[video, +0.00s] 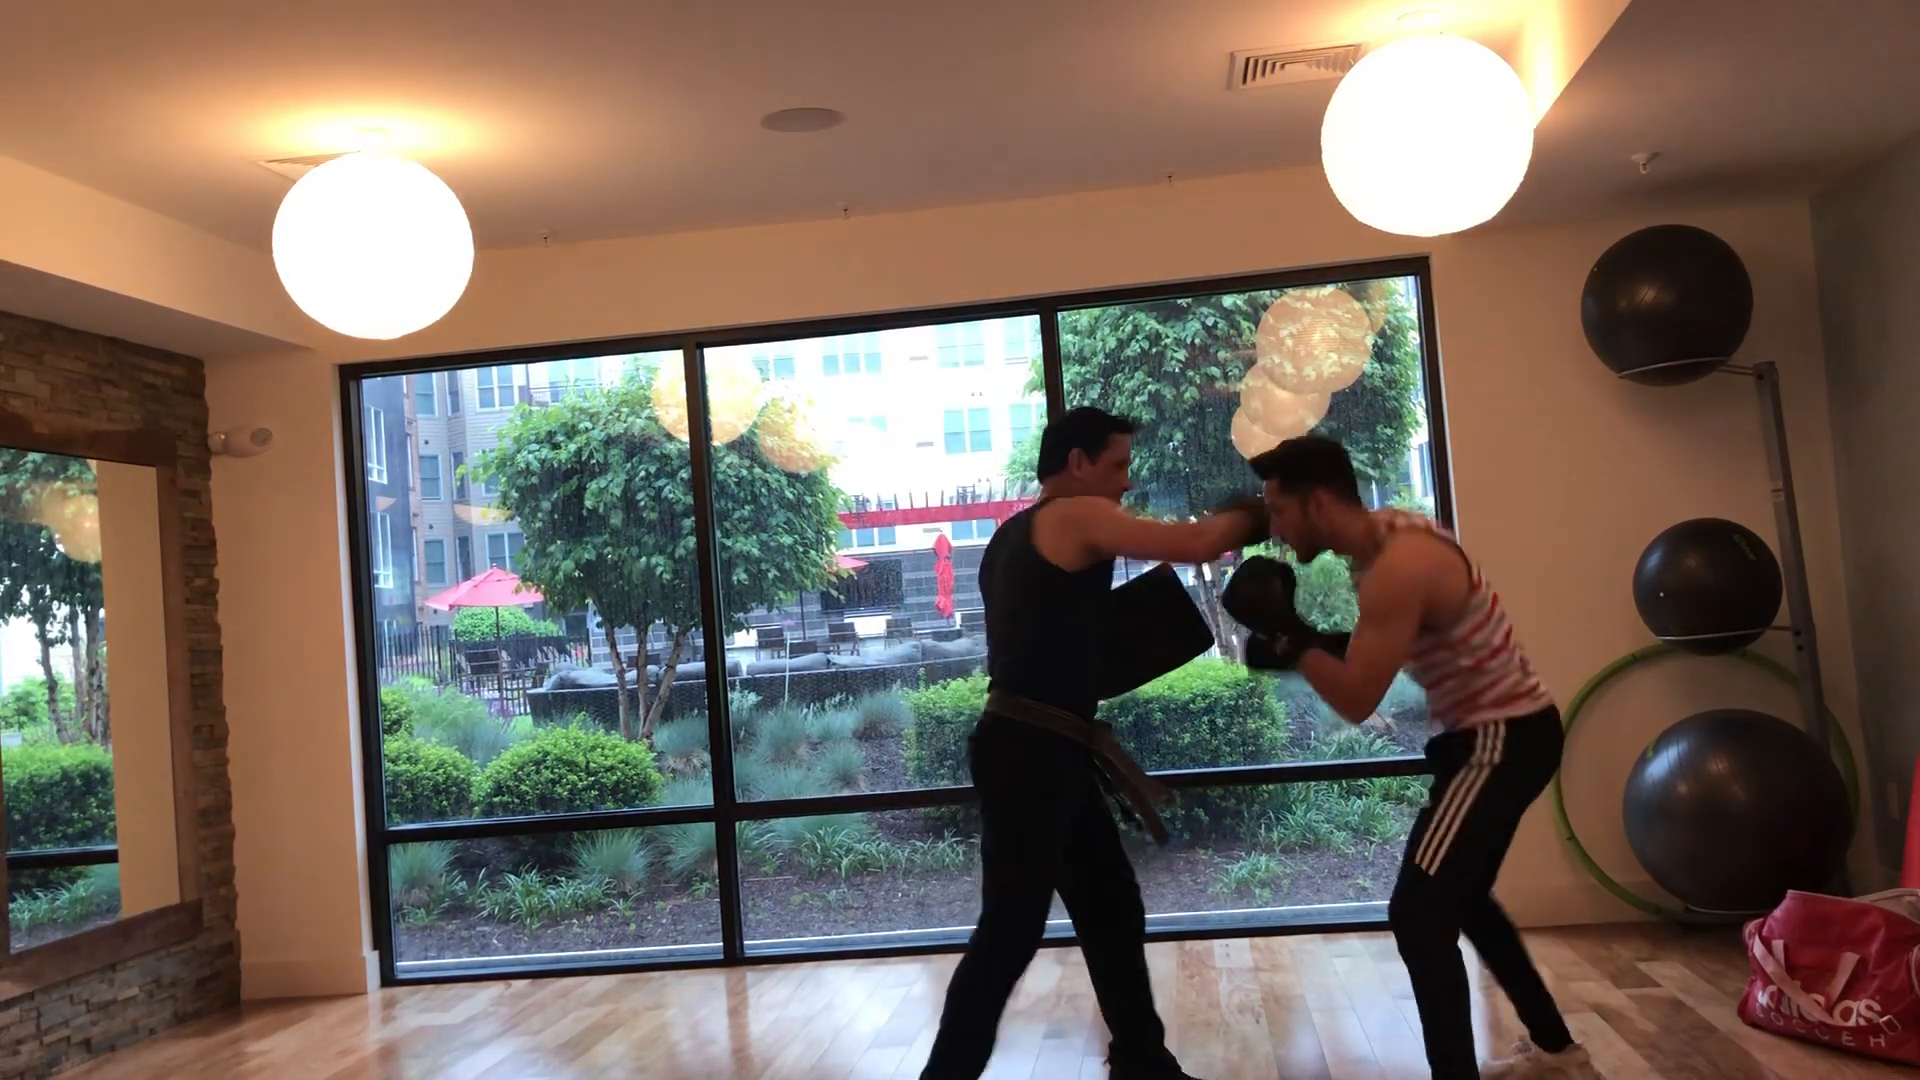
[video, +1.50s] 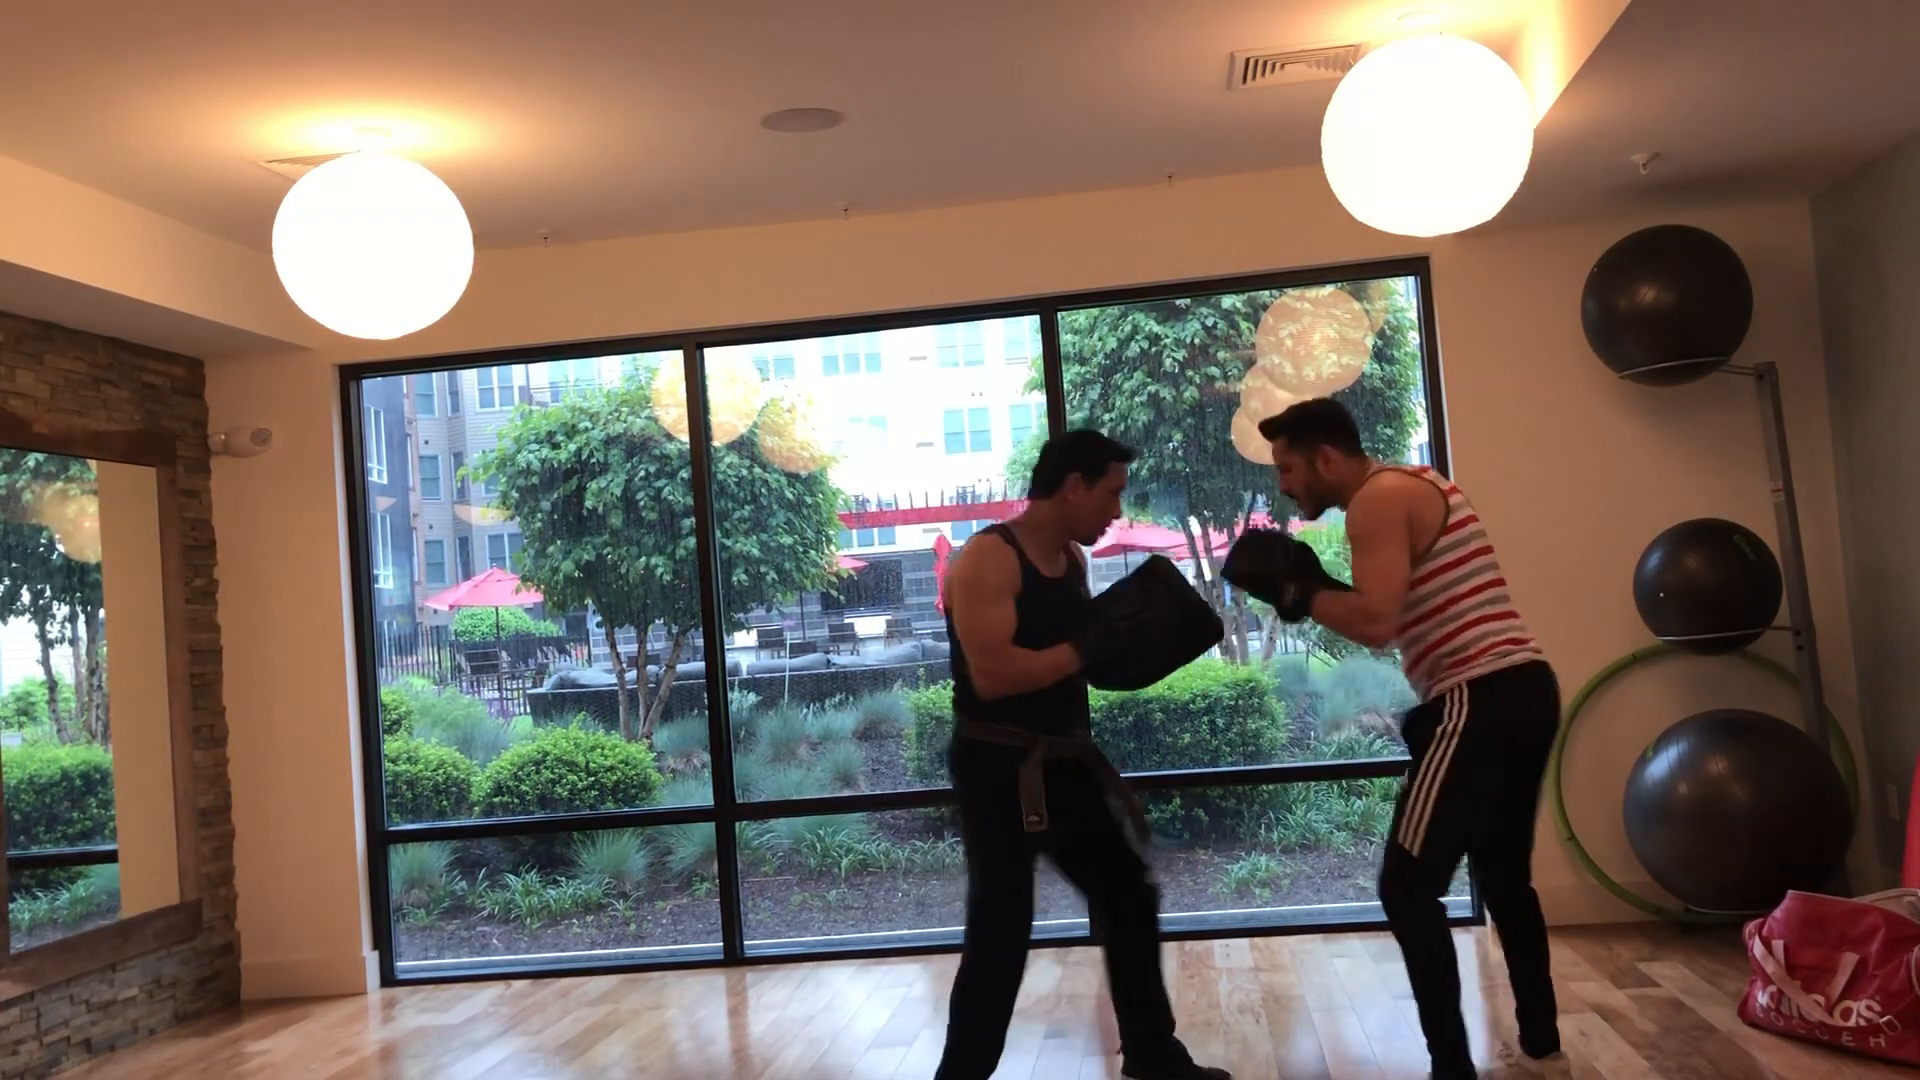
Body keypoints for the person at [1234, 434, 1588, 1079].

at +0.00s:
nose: (1274, 528)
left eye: (1277, 511)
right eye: (1270, 513)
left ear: (1317, 501)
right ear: (1324, 500)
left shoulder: (1400, 565)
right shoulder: (1388, 533)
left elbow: (1354, 700)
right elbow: (1392, 648)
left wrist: (1289, 642)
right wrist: (1312, 641)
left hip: (1501, 735)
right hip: (1492, 727)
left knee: (1417, 912)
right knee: (1466, 895)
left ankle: (1454, 1075)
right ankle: (1552, 1037)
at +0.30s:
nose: (1261, 526)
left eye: (1264, 510)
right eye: (1260, 510)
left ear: (1296, 514)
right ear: (1314, 508)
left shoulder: (1394, 588)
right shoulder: (1349, 558)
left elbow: (1344, 729)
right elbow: (1381, 659)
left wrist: (1276, 652)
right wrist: (1307, 704)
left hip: (1493, 744)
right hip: (1449, 741)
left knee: (1401, 918)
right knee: (1410, 897)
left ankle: (1453, 1075)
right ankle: (1522, 1037)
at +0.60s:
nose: (1276, 524)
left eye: (1274, 504)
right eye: (1266, 511)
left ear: (1304, 479)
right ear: (1326, 469)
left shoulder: (1344, 515)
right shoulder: (1402, 505)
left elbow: (1354, 602)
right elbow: (1411, 630)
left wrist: (1272, 670)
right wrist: (1328, 636)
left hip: (1454, 713)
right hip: (1492, 704)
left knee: (1427, 901)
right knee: (1453, 888)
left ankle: (1461, 1065)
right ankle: (1492, 1042)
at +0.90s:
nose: (1274, 535)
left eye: (1279, 517)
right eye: (1269, 522)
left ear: (1319, 502)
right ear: (1328, 507)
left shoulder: (1344, 541)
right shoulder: (1386, 540)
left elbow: (1386, 618)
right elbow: (1358, 692)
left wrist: (1311, 702)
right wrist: (1296, 633)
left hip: (1471, 708)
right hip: (1513, 706)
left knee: (1373, 886)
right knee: (1433, 873)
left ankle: (1454, 1065)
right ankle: (1492, 1035)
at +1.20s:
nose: (1271, 470)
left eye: (1276, 452)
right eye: (1266, 457)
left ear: (1317, 439)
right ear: (1321, 443)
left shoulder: (1365, 495)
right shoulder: (1384, 488)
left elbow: (1372, 617)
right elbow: (1384, 624)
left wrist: (1289, 591)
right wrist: (1297, 602)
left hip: (1458, 696)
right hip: (1477, 689)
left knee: (1416, 884)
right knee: (1456, 870)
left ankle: (1458, 1064)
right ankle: (1490, 1033)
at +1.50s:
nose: (1283, 488)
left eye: (1285, 471)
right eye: (1278, 474)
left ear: (1325, 456)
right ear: (1332, 456)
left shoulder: (1379, 497)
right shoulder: (1418, 484)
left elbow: (1376, 621)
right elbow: (1391, 615)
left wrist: (1297, 588)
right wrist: (1316, 587)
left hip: (1478, 698)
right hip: (1526, 688)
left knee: (1407, 886)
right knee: (1504, 876)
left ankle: (1451, 1066)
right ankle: (1541, 1035)